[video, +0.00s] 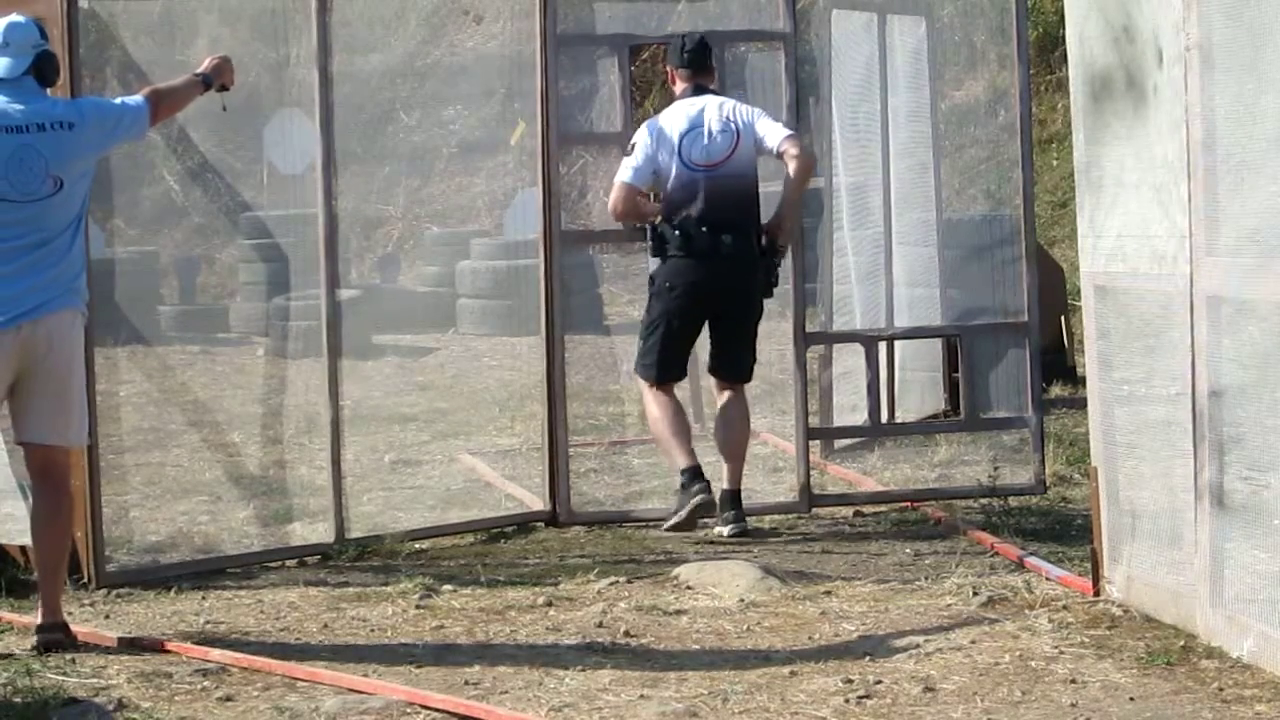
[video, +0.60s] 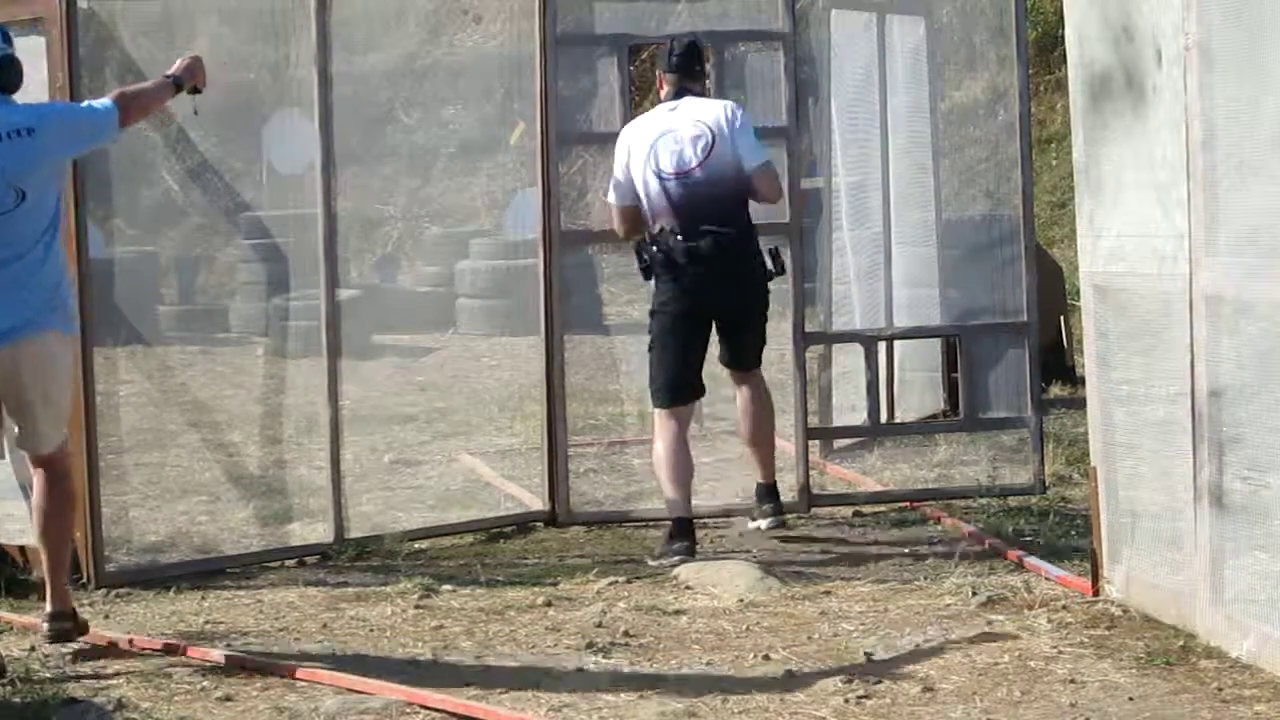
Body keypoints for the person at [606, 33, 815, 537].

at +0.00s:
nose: (671, 82)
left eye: (668, 75)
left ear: (673, 77)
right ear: (716, 75)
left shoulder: (656, 127)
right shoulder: (747, 114)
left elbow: (621, 206)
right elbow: (799, 156)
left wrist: (664, 209)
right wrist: (783, 221)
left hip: (682, 269)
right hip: (743, 266)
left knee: (656, 382)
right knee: (731, 384)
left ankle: (692, 484)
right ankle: (731, 506)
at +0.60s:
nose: (668, 84)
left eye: (663, 77)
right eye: (700, 75)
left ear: (661, 81)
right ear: (707, 77)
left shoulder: (633, 133)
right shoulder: (730, 115)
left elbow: (626, 226)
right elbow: (770, 191)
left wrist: (662, 210)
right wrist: (727, 177)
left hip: (675, 275)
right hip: (737, 266)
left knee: (670, 412)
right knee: (748, 376)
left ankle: (680, 533)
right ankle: (768, 495)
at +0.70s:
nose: (666, 79)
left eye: (665, 72)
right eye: (702, 73)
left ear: (667, 75)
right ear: (713, 72)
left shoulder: (639, 123)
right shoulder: (737, 111)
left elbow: (633, 214)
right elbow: (764, 194)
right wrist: (717, 190)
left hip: (676, 276)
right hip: (741, 269)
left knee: (668, 412)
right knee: (773, 377)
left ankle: (680, 535)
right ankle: (813, 484)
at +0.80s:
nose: (688, 77)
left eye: (681, 68)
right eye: (703, 70)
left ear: (679, 72)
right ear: (723, 72)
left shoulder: (650, 117)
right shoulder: (745, 111)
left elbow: (638, 175)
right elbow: (759, 176)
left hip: (679, 285)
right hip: (746, 278)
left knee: (667, 415)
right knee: (797, 391)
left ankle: (678, 535)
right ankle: (854, 500)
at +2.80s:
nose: (716, 81)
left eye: (714, 74)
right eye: (729, 74)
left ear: (719, 77)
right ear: (763, 76)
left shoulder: (694, 121)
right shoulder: (793, 120)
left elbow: (687, 118)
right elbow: (760, 121)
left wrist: (711, 98)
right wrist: (733, 95)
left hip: (713, 293)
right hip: (783, 293)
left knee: (676, 409)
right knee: (830, 414)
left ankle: (678, 539)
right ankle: (878, 538)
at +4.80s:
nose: (712, 83)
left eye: (711, 76)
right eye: (724, 76)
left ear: (716, 77)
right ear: (761, 77)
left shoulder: (689, 122)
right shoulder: (792, 122)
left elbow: (704, 131)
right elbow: (759, 129)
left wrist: (717, 98)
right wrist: (735, 96)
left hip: (711, 296)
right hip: (781, 295)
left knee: (673, 409)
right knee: (828, 414)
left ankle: (676, 538)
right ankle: (875, 536)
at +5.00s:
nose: (761, 85)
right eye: (762, 77)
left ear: (713, 79)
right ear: (761, 78)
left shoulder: (682, 128)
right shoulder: (781, 119)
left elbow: (709, 168)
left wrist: (727, 101)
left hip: (708, 296)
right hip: (777, 292)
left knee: (683, 414)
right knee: (830, 412)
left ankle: (679, 539)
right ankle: (867, 534)